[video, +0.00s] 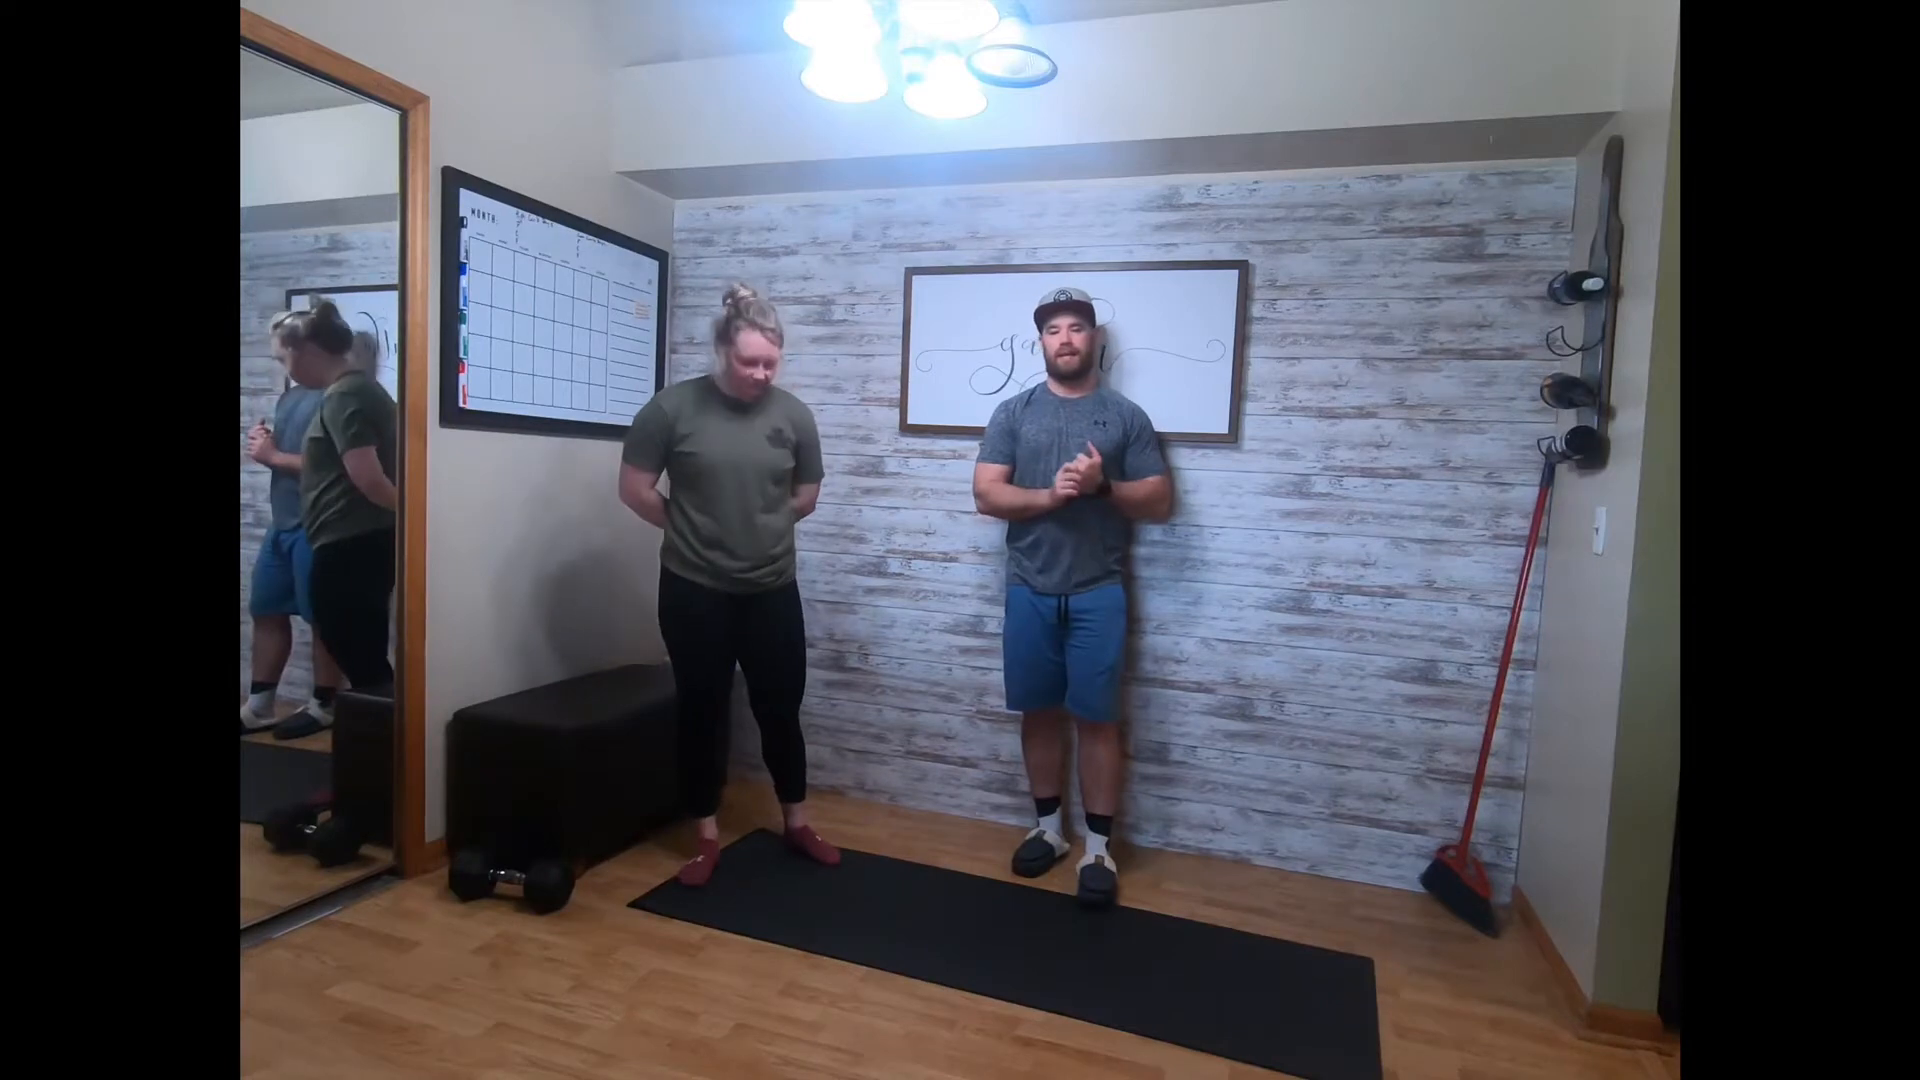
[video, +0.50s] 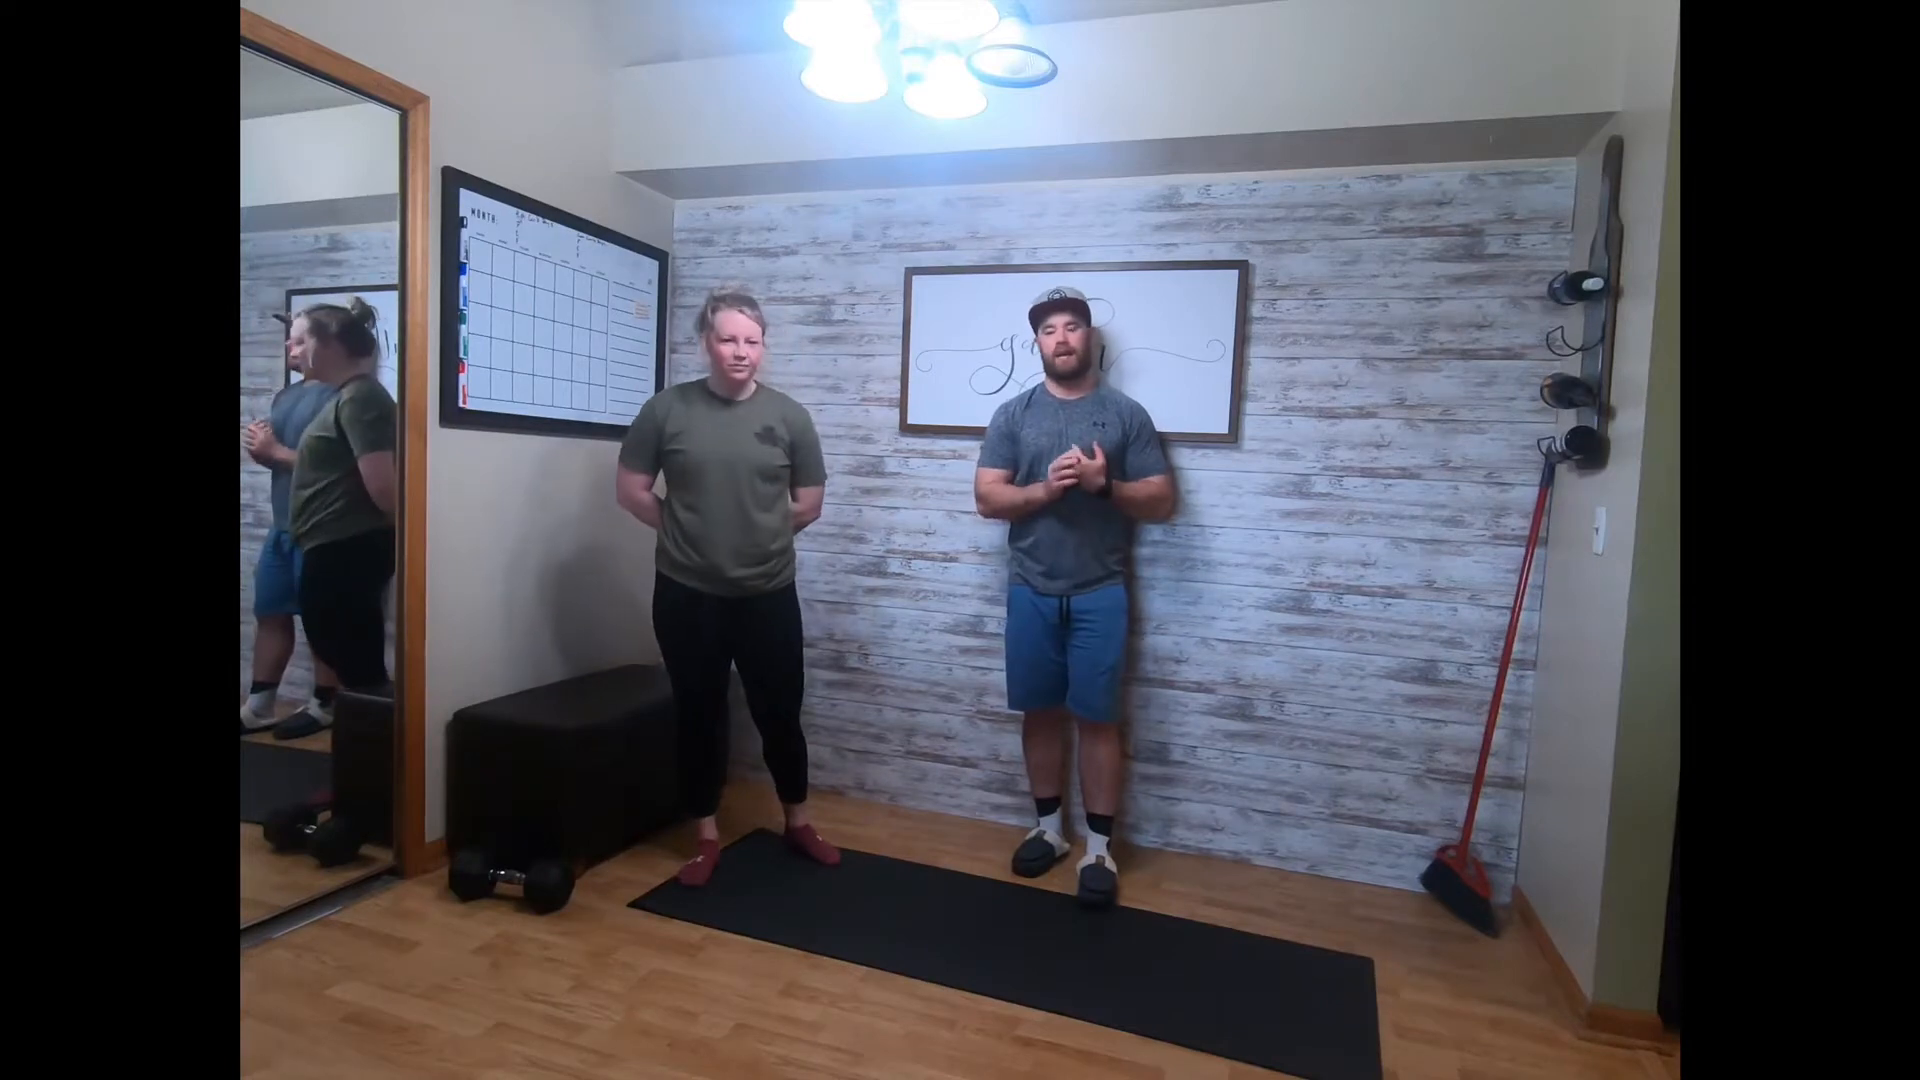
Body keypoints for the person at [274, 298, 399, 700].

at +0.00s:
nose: (287, 367)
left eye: (287, 356)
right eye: (284, 358)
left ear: (308, 347)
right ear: (320, 345)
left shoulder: (346, 396)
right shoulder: (360, 390)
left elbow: (368, 477)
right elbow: (376, 473)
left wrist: (410, 511)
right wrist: (412, 508)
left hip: (350, 543)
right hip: (361, 540)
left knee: (357, 654)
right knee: (360, 652)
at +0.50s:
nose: (303, 354)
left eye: (308, 342)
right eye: (302, 344)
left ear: (337, 343)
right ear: (344, 345)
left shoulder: (362, 398)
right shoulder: (346, 398)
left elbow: (384, 487)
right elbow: (378, 485)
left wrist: (416, 534)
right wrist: (413, 530)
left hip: (349, 545)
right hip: (333, 542)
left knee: (354, 659)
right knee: (349, 656)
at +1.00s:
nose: (303, 342)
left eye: (312, 334)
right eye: (304, 334)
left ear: (342, 341)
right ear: (345, 344)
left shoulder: (367, 399)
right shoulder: (345, 399)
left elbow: (398, 493)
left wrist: (422, 555)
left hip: (355, 550)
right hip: (338, 548)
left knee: (355, 665)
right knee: (349, 663)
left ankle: (370, 769)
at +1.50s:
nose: (305, 340)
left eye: (313, 332)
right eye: (308, 331)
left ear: (339, 342)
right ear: (343, 343)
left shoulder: (357, 396)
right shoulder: (354, 393)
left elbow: (385, 489)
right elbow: (387, 483)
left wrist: (429, 519)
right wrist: (429, 516)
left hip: (354, 547)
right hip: (353, 545)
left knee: (353, 660)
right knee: (358, 657)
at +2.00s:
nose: (306, 343)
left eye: (313, 335)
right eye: (308, 335)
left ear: (338, 344)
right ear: (345, 345)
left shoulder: (348, 396)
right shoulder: (380, 391)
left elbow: (373, 484)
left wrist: (421, 517)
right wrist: (422, 515)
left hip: (350, 545)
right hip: (373, 540)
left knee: (357, 658)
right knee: (366, 655)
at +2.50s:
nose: (318, 351)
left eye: (324, 341)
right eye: (319, 342)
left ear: (351, 346)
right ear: (353, 346)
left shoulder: (374, 396)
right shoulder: (364, 394)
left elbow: (397, 483)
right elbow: (392, 479)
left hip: (365, 541)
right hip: (357, 538)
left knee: (366, 647)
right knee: (367, 646)